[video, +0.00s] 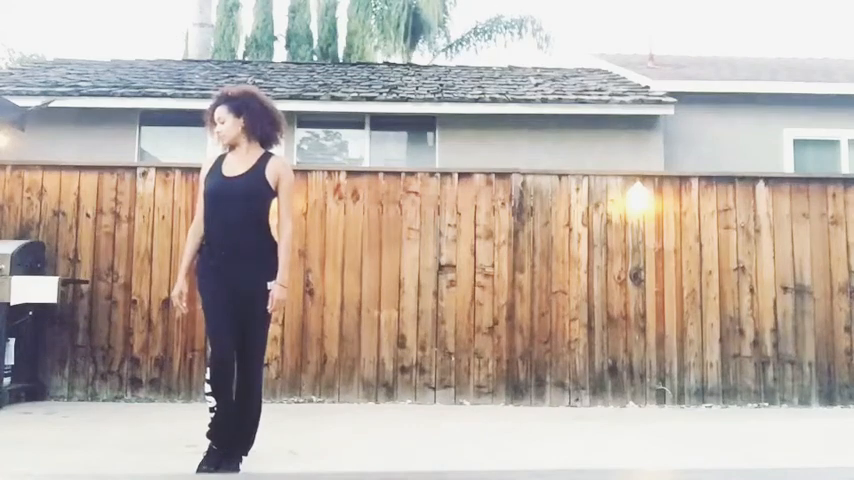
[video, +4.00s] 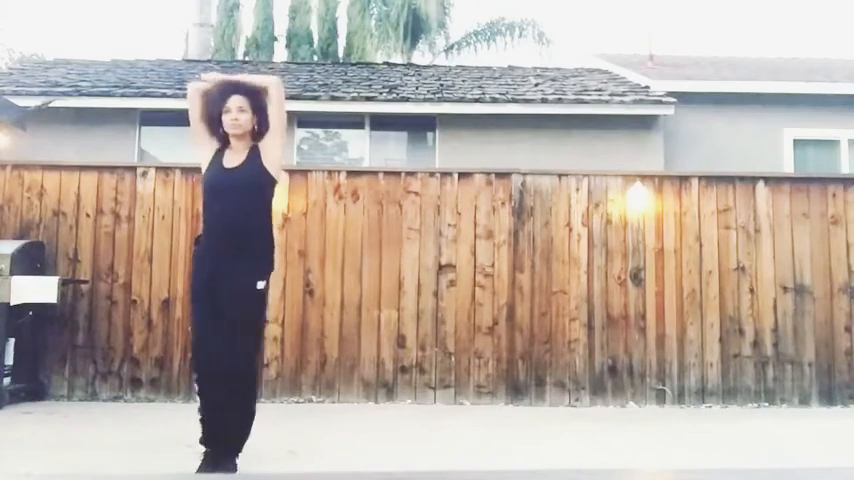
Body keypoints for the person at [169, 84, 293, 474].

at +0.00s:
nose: (215, 129)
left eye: (221, 121)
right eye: (213, 122)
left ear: (245, 119)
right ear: (220, 125)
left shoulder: (276, 164)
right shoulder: (214, 164)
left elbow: (286, 226)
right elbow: (199, 223)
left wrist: (281, 279)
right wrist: (182, 275)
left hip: (256, 273)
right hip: (214, 270)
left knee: (249, 361)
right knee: (221, 355)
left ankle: (237, 449)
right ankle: (220, 443)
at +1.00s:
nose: (210, 132)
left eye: (216, 124)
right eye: (209, 125)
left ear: (241, 122)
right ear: (216, 127)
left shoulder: (273, 164)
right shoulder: (210, 165)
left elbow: (284, 227)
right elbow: (198, 224)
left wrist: (276, 280)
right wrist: (183, 276)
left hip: (254, 272)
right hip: (211, 270)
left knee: (248, 360)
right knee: (219, 355)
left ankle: (238, 448)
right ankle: (219, 443)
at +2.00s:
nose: (209, 130)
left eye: (215, 122)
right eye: (207, 124)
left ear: (238, 120)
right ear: (217, 125)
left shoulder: (272, 163)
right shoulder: (210, 165)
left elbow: (294, 217)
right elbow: (188, 220)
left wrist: (303, 264)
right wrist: (157, 257)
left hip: (255, 273)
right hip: (212, 270)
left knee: (248, 360)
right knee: (217, 355)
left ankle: (237, 449)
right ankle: (218, 445)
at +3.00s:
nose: (215, 130)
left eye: (220, 122)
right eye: (213, 123)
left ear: (244, 120)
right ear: (221, 126)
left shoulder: (275, 165)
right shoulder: (213, 164)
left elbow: (305, 212)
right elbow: (179, 213)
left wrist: (341, 257)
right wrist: (143, 257)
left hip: (257, 273)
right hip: (214, 270)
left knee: (249, 363)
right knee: (221, 355)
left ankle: (237, 449)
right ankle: (220, 443)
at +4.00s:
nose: (234, 116)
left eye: (242, 110)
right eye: (229, 111)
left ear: (255, 117)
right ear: (220, 118)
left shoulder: (269, 151)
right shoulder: (210, 152)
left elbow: (276, 83)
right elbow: (195, 87)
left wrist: (239, 80)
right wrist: (233, 79)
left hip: (250, 263)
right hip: (209, 261)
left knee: (240, 355)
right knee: (208, 354)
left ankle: (229, 450)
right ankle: (213, 449)